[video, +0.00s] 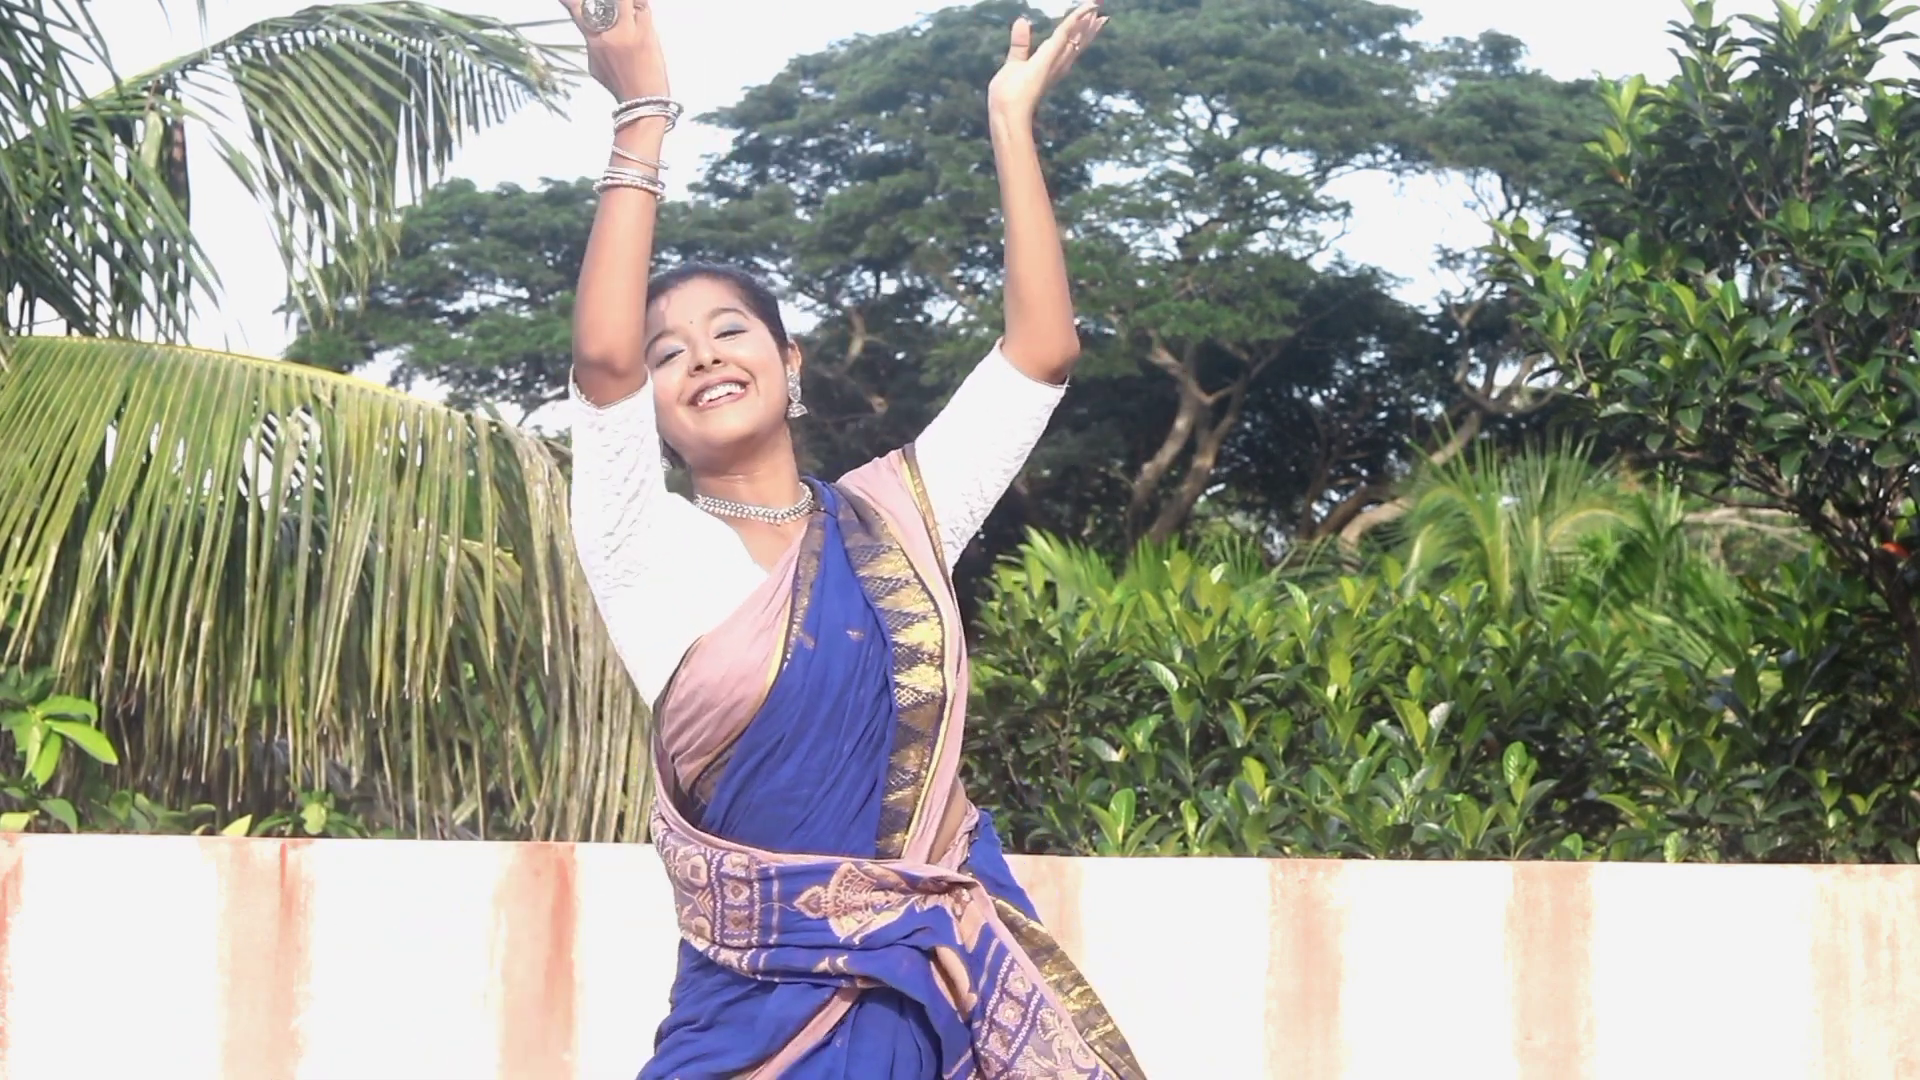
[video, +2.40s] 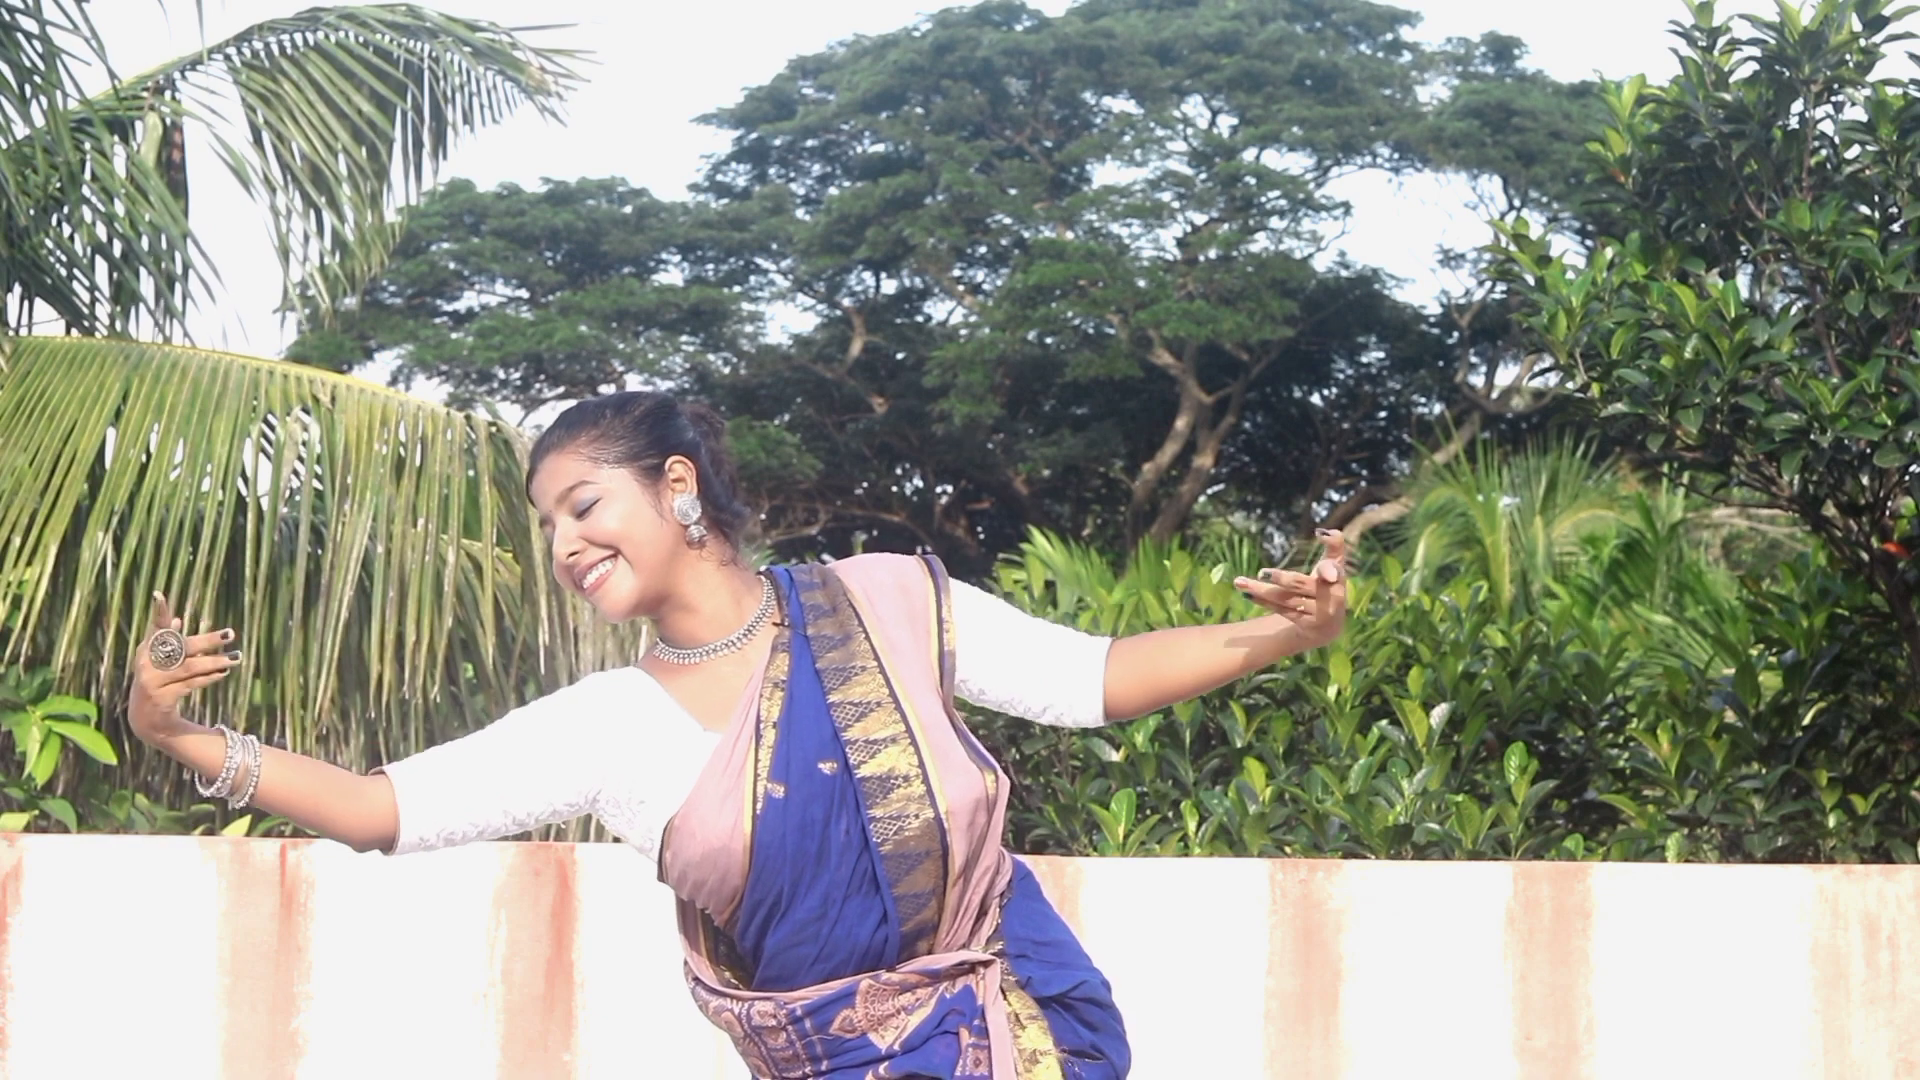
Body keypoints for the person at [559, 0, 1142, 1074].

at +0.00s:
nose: (703, 355)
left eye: (729, 329)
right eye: (668, 350)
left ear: (788, 364)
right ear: (648, 404)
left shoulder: (900, 509)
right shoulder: (647, 553)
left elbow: (1042, 348)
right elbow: (605, 365)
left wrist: (1011, 117)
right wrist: (641, 115)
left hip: (974, 983)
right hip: (766, 1006)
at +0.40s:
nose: (639, 419)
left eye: (662, 386)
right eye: (604, 420)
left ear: (735, 403)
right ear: (599, 481)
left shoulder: (878, 530)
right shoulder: (627, 627)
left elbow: (1034, 382)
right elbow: (479, 433)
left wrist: (1077, 173)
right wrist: (474, 197)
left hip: (988, 1001)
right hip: (786, 1038)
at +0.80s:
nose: (625, 474)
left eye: (645, 434)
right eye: (594, 471)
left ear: (724, 440)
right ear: (591, 525)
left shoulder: (888, 554)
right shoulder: (625, 673)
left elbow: (1067, 447)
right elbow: (446, 539)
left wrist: (1128, 280)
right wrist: (376, 359)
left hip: (1012, 998)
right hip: (822, 1050)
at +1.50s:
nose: (609, 509)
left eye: (627, 470)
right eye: (585, 506)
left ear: (716, 458)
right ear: (594, 546)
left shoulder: (905, 571)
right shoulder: (629, 694)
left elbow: (1124, 558)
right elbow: (402, 659)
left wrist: (1267, 396)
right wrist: (282, 470)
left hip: (1028, 1010)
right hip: (825, 1050)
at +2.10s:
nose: (573, 539)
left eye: (595, 497)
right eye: (557, 523)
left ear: (695, 481)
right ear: (568, 552)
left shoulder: (893, 588)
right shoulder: (611, 716)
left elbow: (1104, 630)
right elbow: (377, 772)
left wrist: (1281, 559)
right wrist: (248, 648)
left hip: (1026, 1014)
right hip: (830, 1058)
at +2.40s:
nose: (566, 547)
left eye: (587, 504)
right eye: (548, 531)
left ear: (690, 487)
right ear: (556, 558)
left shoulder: (885, 594)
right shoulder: (606, 724)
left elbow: (1094, 676)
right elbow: (385, 807)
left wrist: (1279, 633)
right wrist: (191, 746)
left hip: (1019, 1011)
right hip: (828, 1057)